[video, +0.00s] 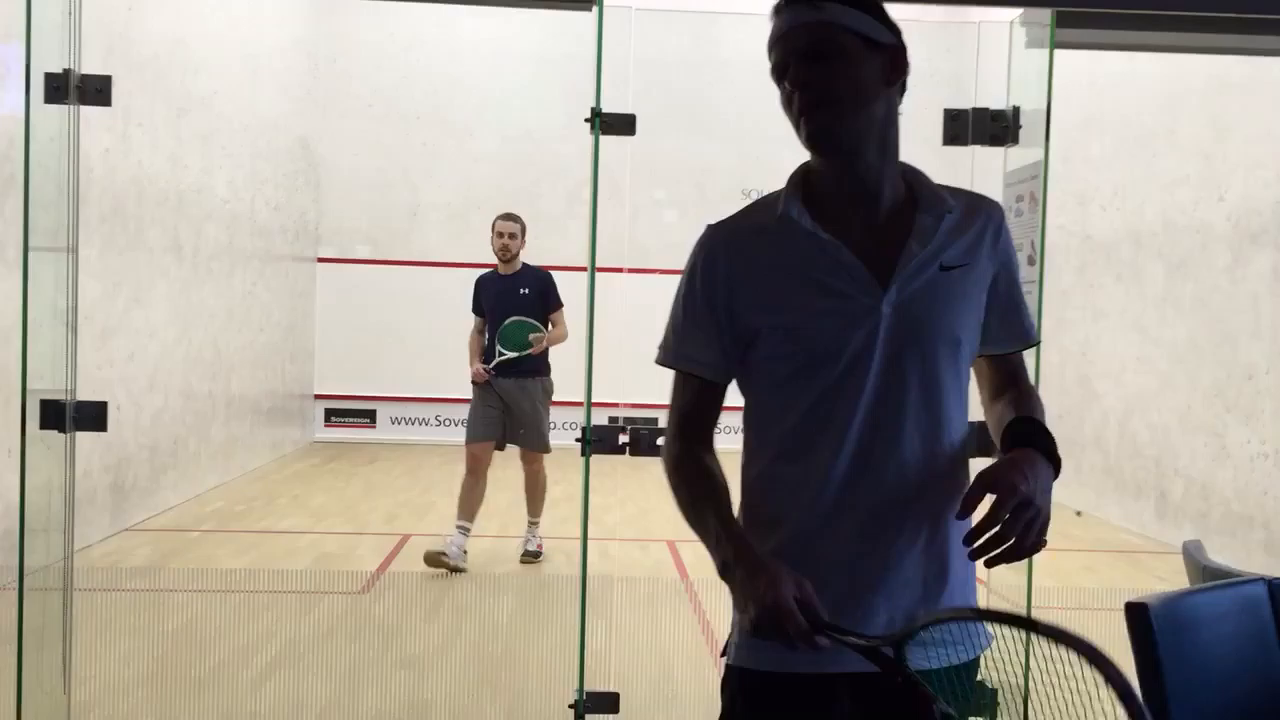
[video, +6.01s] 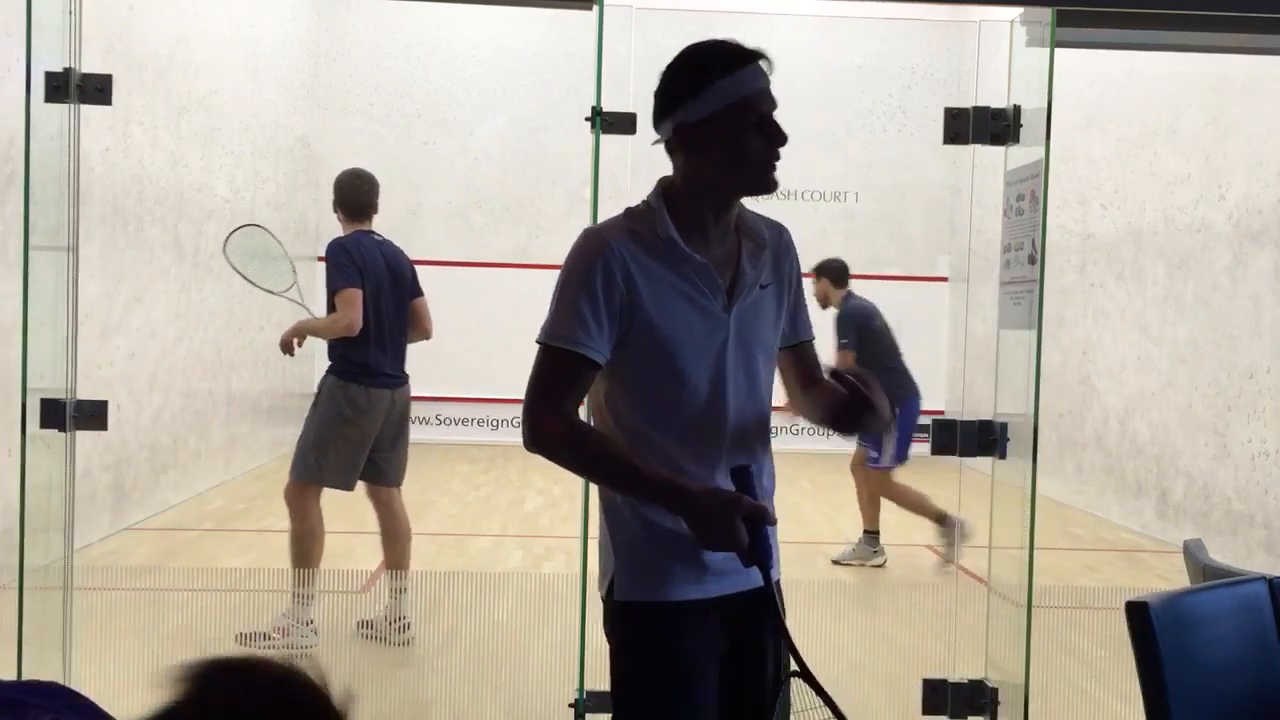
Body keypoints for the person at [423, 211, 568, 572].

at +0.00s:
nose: (505, 241)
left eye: (512, 236)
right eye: (500, 235)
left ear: (523, 241)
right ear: (491, 240)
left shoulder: (541, 280)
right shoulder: (484, 283)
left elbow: (561, 330)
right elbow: (478, 331)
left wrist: (546, 339)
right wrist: (475, 362)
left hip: (530, 384)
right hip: (490, 383)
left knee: (532, 460)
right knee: (476, 458)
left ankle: (533, 535)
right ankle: (457, 546)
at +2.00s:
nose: (522, 217)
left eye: (530, 209)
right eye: (514, 207)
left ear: (539, 209)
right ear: (493, 203)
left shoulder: (543, 262)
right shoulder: (461, 256)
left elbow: (543, 324)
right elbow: (428, 329)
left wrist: (560, 341)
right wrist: (454, 395)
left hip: (527, 409)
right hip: (471, 410)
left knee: (519, 526)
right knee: (454, 525)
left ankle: (509, 646)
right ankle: (448, 596)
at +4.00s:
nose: (581, 209)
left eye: (581, 200)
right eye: (591, 198)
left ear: (586, 204)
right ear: (627, 203)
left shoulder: (595, 254)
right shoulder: (653, 255)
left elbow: (595, 341)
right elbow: (639, 343)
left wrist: (540, 320)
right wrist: (559, 328)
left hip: (612, 418)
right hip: (660, 417)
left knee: (579, 533)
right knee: (652, 530)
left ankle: (639, 654)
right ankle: (662, 655)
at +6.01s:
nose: (340, 211)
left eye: (336, 203)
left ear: (337, 207)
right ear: (376, 207)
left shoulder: (344, 249)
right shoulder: (398, 256)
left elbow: (348, 321)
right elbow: (421, 327)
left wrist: (302, 326)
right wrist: (371, 334)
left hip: (349, 393)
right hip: (394, 396)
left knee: (301, 492)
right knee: (386, 493)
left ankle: (301, 619)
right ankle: (398, 616)